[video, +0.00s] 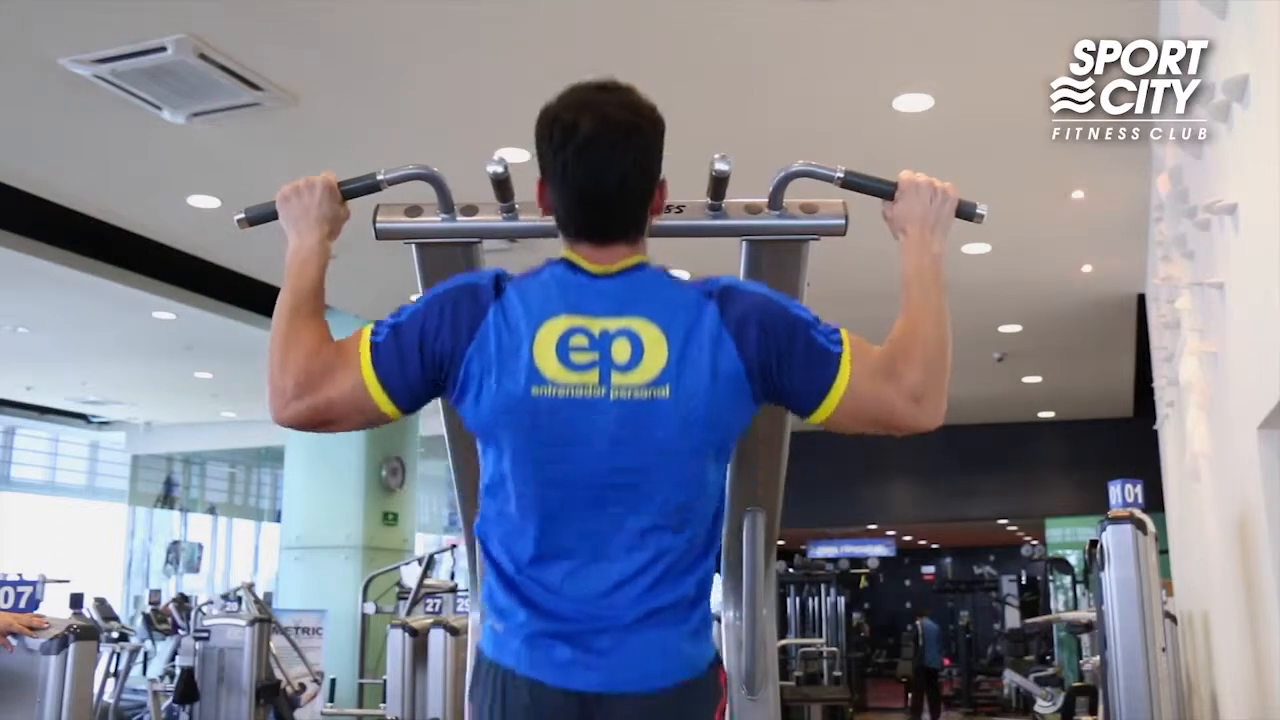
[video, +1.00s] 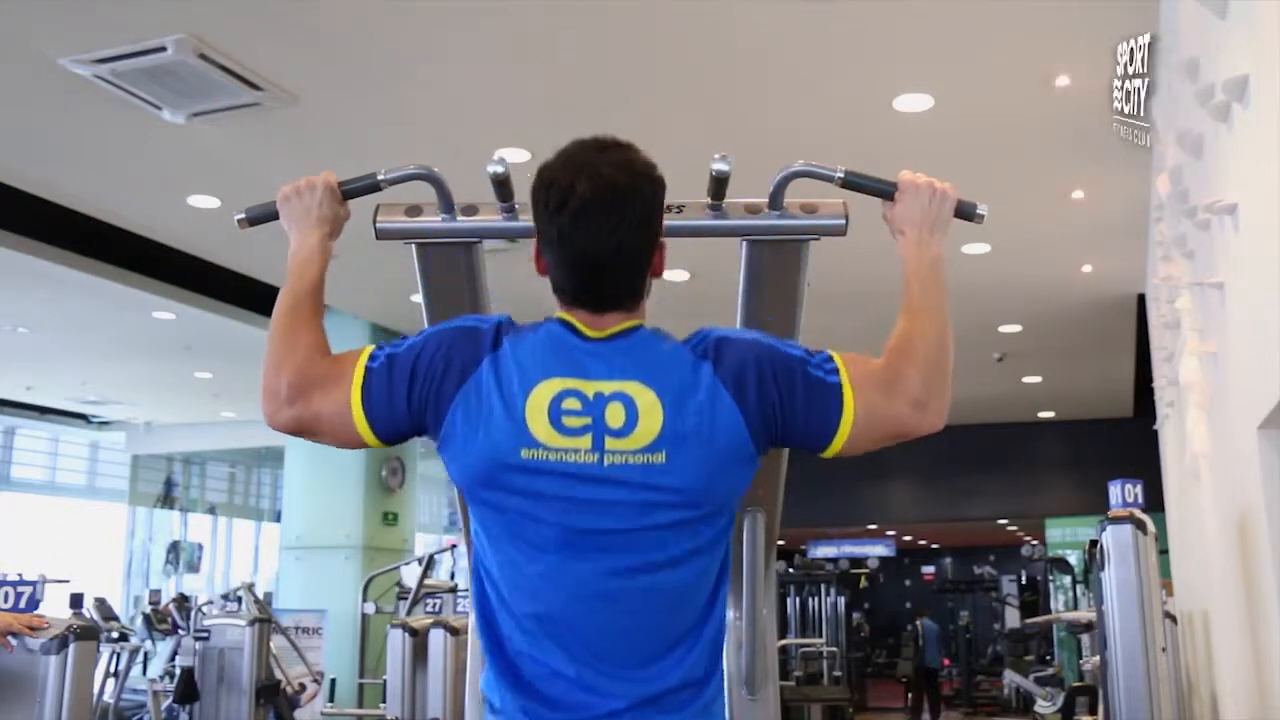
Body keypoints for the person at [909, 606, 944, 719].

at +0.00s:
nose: (915, 618)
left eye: (916, 615)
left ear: (917, 615)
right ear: (928, 614)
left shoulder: (917, 626)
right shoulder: (935, 627)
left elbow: (917, 644)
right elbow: (938, 645)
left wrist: (914, 659)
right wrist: (938, 658)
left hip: (921, 663)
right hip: (934, 664)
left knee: (918, 692)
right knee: (934, 691)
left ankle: (916, 715)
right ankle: (935, 715)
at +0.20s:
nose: (916, 618)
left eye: (916, 616)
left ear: (917, 615)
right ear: (928, 614)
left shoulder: (917, 625)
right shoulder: (935, 627)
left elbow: (917, 644)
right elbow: (938, 645)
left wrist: (914, 659)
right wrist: (938, 659)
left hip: (920, 664)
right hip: (934, 664)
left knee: (918, 692)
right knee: (933, 692)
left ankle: (916, 715)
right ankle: (935, 715)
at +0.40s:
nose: (916, 618)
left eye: (916, 616)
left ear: (917, 615)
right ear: (928, 614)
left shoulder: (917, 625)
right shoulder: (935, 627)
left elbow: (917, 644)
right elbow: (938, 645)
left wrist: (914, 659)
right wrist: (939, 659)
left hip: (921, 663)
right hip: (934, 664)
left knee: (918, 692)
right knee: (933, 691)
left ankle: (916, 715)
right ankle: (935, 715)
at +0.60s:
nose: (916, 618)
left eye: (916, 616)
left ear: (917, 615)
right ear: (928, 614)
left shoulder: (917, 626)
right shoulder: (935, 627)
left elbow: (917, 644)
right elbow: (938, 645)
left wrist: (914, 659)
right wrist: (939, 659)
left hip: (921, 664)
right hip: (934, 664)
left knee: (918, 692)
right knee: (933, 692)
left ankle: (916, 715)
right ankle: (935, 715)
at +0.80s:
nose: (916, 618)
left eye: (916, 616)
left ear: (917, 615)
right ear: (928, 614)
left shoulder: (917, 626)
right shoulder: (935, 627)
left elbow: (917, 644)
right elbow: (938, 645)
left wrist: (914, 659)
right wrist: (939, 659)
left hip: (921, 664)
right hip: (934, 664)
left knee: (918, 692)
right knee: (933, 692)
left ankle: (916, 715)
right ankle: (935, 715)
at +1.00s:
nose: (916, 618)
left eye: (916, 616)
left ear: (917, 615)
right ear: (928, 614)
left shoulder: (917, 626)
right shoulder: (935, 627)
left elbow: (917, 644)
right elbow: (938, 645)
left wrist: (914, 659)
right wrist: (939, 659)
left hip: (921, 664)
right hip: (934, 664)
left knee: (918, 692)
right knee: (933, 692)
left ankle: (916, 715)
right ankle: (935, 715)